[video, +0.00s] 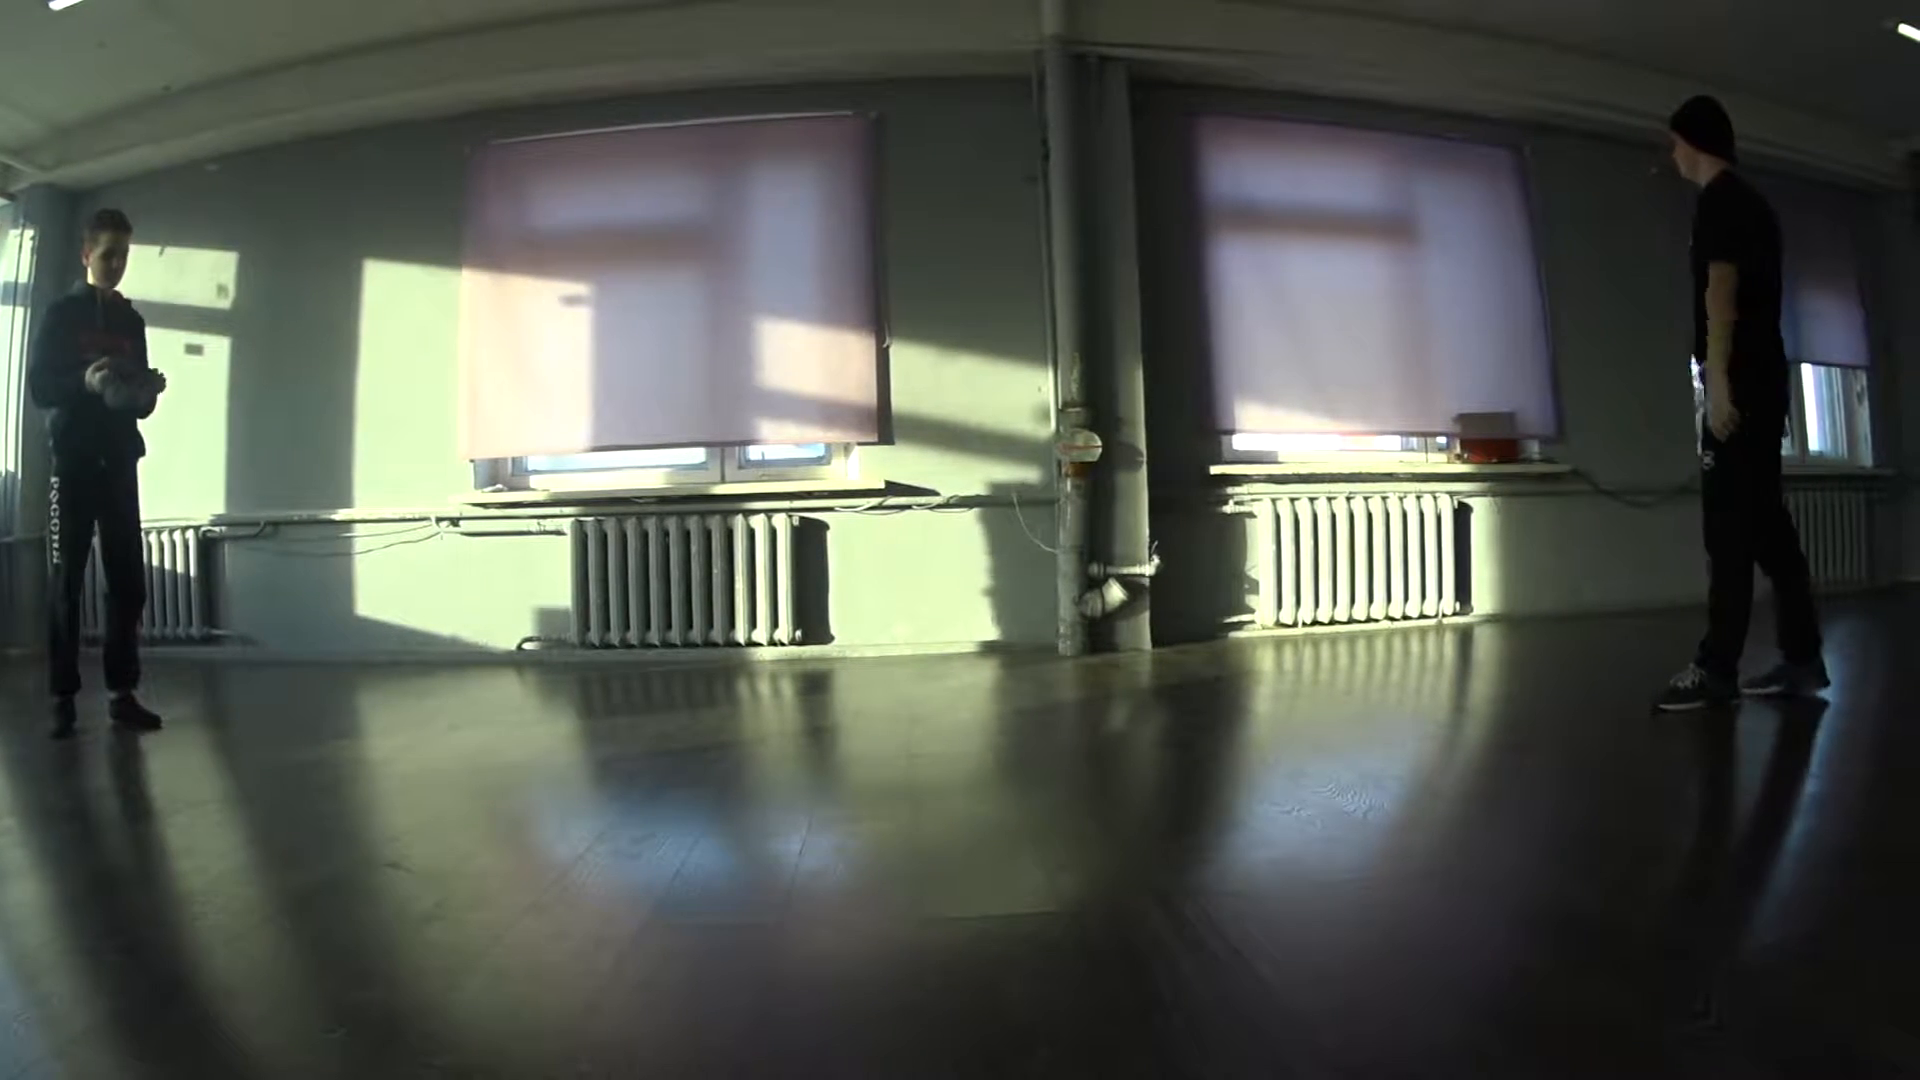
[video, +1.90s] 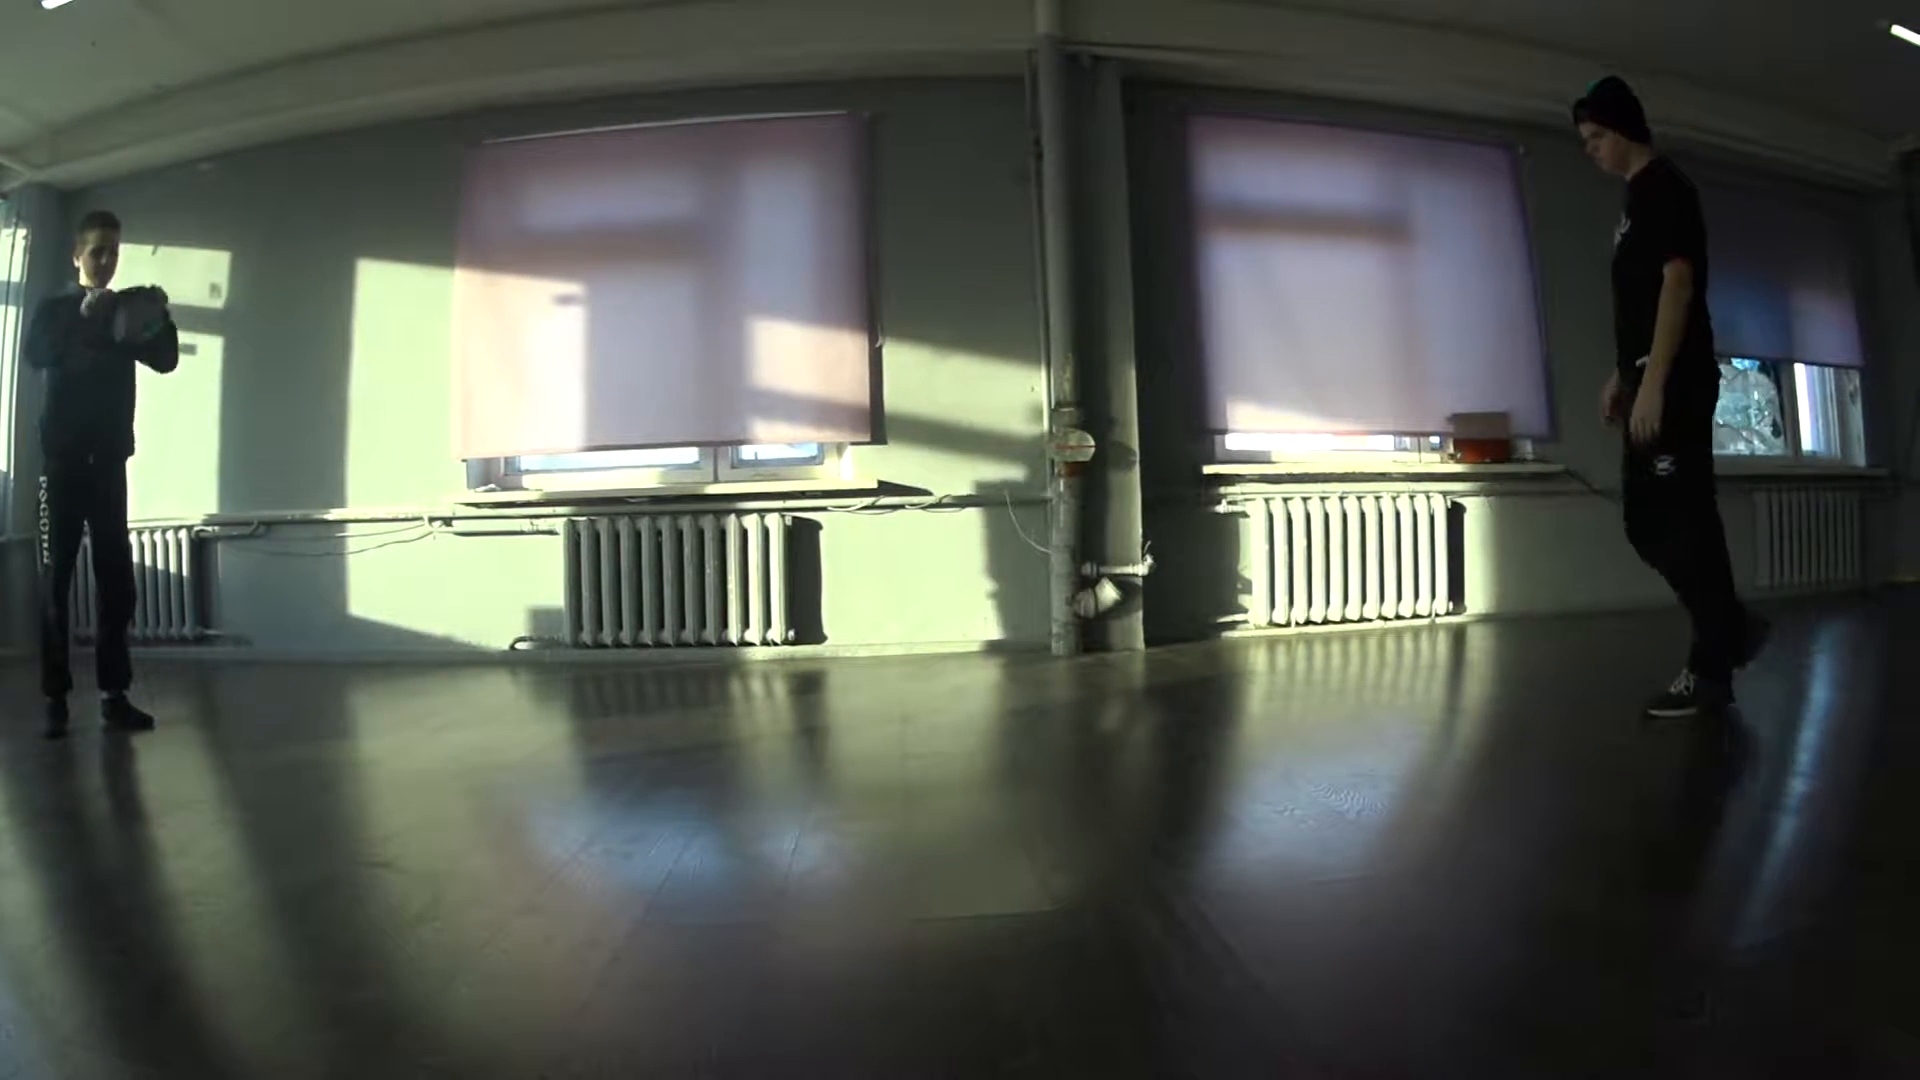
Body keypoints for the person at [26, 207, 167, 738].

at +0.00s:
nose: (117, 262)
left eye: (123, 253)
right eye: (109, 252)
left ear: (130, 257)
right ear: (86, 253)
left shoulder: (131, 318)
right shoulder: (62, 310)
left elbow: (145, 398)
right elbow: (39, 391)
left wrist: (143, 394)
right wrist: (85, 380)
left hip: (119, 454)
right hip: (74, 454)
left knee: (127, 576)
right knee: (68, 576)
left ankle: (123, 696)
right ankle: (64, 698)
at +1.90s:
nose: (106, 260)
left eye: (112, 252)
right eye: (98, 251)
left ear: (118, 256)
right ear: (77, 254)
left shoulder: (129, 311)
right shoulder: (55, 308)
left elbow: (166, 361)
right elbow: (36, 356)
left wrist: (157, 313)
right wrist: (86, 314)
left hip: (109, 460)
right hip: (61, 459)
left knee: (117, 579)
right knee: (56, 580)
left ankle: (115, 696)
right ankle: (56, 700)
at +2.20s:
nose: (108, 259)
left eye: (116, 250)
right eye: (99, 249)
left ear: (123, 255)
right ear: (80, 252)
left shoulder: (130, 308)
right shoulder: (58, 302)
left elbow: (173, 276)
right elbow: (43, 274)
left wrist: (143, 231)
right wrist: (78, 229)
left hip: (109, 456)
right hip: (62, 454)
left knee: (117, 582)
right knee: (57, 579)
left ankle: (115, 697)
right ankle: (55, 701)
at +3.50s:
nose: (108, 261)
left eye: (112, 253)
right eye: (101, 251)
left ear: (111, 256)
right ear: (78, 252)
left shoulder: (117, 307)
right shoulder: (50, 301)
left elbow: (162, 271)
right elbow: (40, 264)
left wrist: (129, 229)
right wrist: (67, 223)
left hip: (103, 454)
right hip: (57, 451)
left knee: (113, 579)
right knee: (54, 575)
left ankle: (111, 697)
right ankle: (50, 702)